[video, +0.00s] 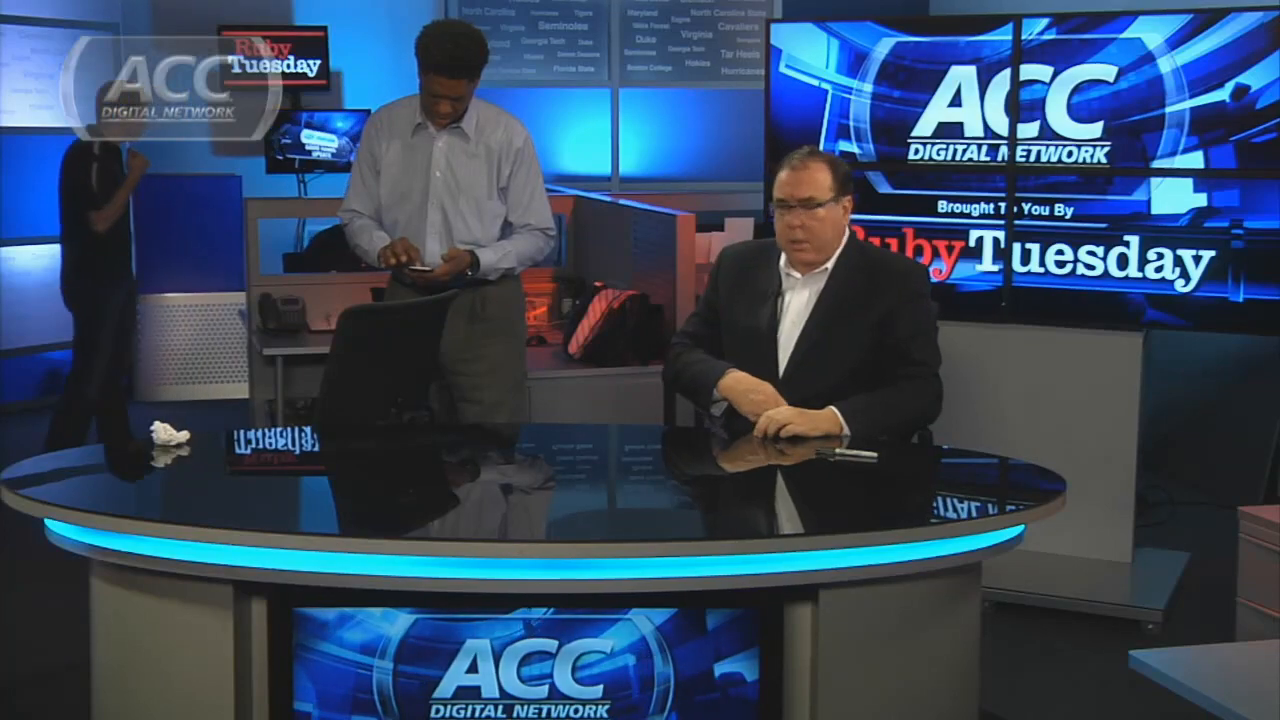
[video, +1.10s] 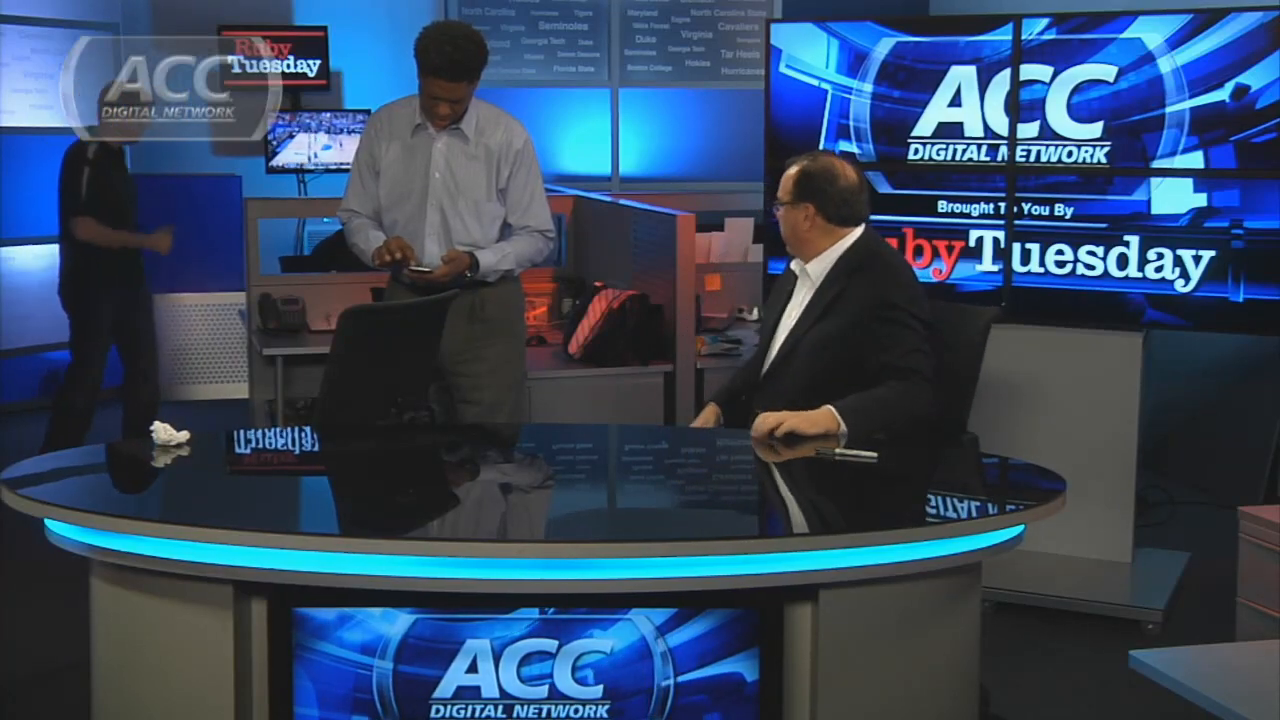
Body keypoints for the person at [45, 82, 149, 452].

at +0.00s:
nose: (140, 120)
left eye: (140, 113)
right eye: (133, 112)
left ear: (110, 112)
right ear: (112, 112)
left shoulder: (109, 155)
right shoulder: (86, 155)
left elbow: (106, 227)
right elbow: (99, 222)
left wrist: (121, 277)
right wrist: (133, 177)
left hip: (113, 279)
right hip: (92, 282)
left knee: (114, 370)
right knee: (93, 371)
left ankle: (123, 457)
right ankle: (59, 461)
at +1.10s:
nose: (143, 123)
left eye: (145, 115)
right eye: (137, 114)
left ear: (121, 116)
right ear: (113, 113)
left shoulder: (115, 157)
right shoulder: (84, 154)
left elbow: (113, 222)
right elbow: (81, 226)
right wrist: (145, 241)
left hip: (124, 281)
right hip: (90, 284)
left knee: (142, 371)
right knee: (87, 374)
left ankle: (138, 457)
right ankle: (55, 463)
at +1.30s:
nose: (164, 123)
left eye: (164, 114)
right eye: (156, 113)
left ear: (147, 117)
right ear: (132, 113)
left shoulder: (138, 158)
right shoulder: (102, 155)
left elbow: (139, 227)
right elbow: (94, 226)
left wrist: (151, 281)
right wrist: (115, 289)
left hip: (145, 282)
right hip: (112, 284)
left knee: (150, 376)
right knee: (117, 374)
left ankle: (143, 465)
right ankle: (67, 460)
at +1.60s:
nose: (178, 121)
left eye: (182, 114)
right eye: (171, 113)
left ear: (185, 117)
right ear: (151, 113)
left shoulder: (173, 162)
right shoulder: (118, 155)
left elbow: (170, 237)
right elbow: (83, 220)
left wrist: (184, 289)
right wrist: (81, 281)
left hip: (165, 285)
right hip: (123, 284)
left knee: (155, 379)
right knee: (136, 379)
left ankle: (148, 463)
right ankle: (128, 461)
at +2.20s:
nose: (181, 121)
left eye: (186, 112)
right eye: (172, 112)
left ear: (192, 115)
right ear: (154, 114)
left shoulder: (197, 157)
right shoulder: (124, 161)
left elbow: (207, 224)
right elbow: (104, 235)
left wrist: (218, 284)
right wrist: (122, 292)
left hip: (198, 290)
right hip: (149, 295)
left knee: (206, 383)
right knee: (159, 388)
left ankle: (199, 458)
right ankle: (165, 470)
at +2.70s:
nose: (232, 128)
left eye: (233, 119)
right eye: (224, 119)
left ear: (231, 121)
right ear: (199, 119)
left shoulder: (232, 164)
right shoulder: (161, 168)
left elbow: (244, 231)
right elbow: (145, 242)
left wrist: (251, 292)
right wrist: (178, 293)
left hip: (232, 300)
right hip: (181, 304)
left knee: (251, 394)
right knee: (181, 402)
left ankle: (259, 474)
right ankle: (181, 481)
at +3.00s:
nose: (290, 131)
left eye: (293, 123)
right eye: (283, 122)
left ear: (289, 125)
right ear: (259, 120)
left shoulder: (279, 165)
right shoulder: (217, 165)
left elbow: (276, 236)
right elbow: (191, 239)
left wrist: (285, 293)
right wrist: (225, 296)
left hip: (276, 304)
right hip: (231, 306)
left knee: (280, 396)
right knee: (230, 398)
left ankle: (276, 474)